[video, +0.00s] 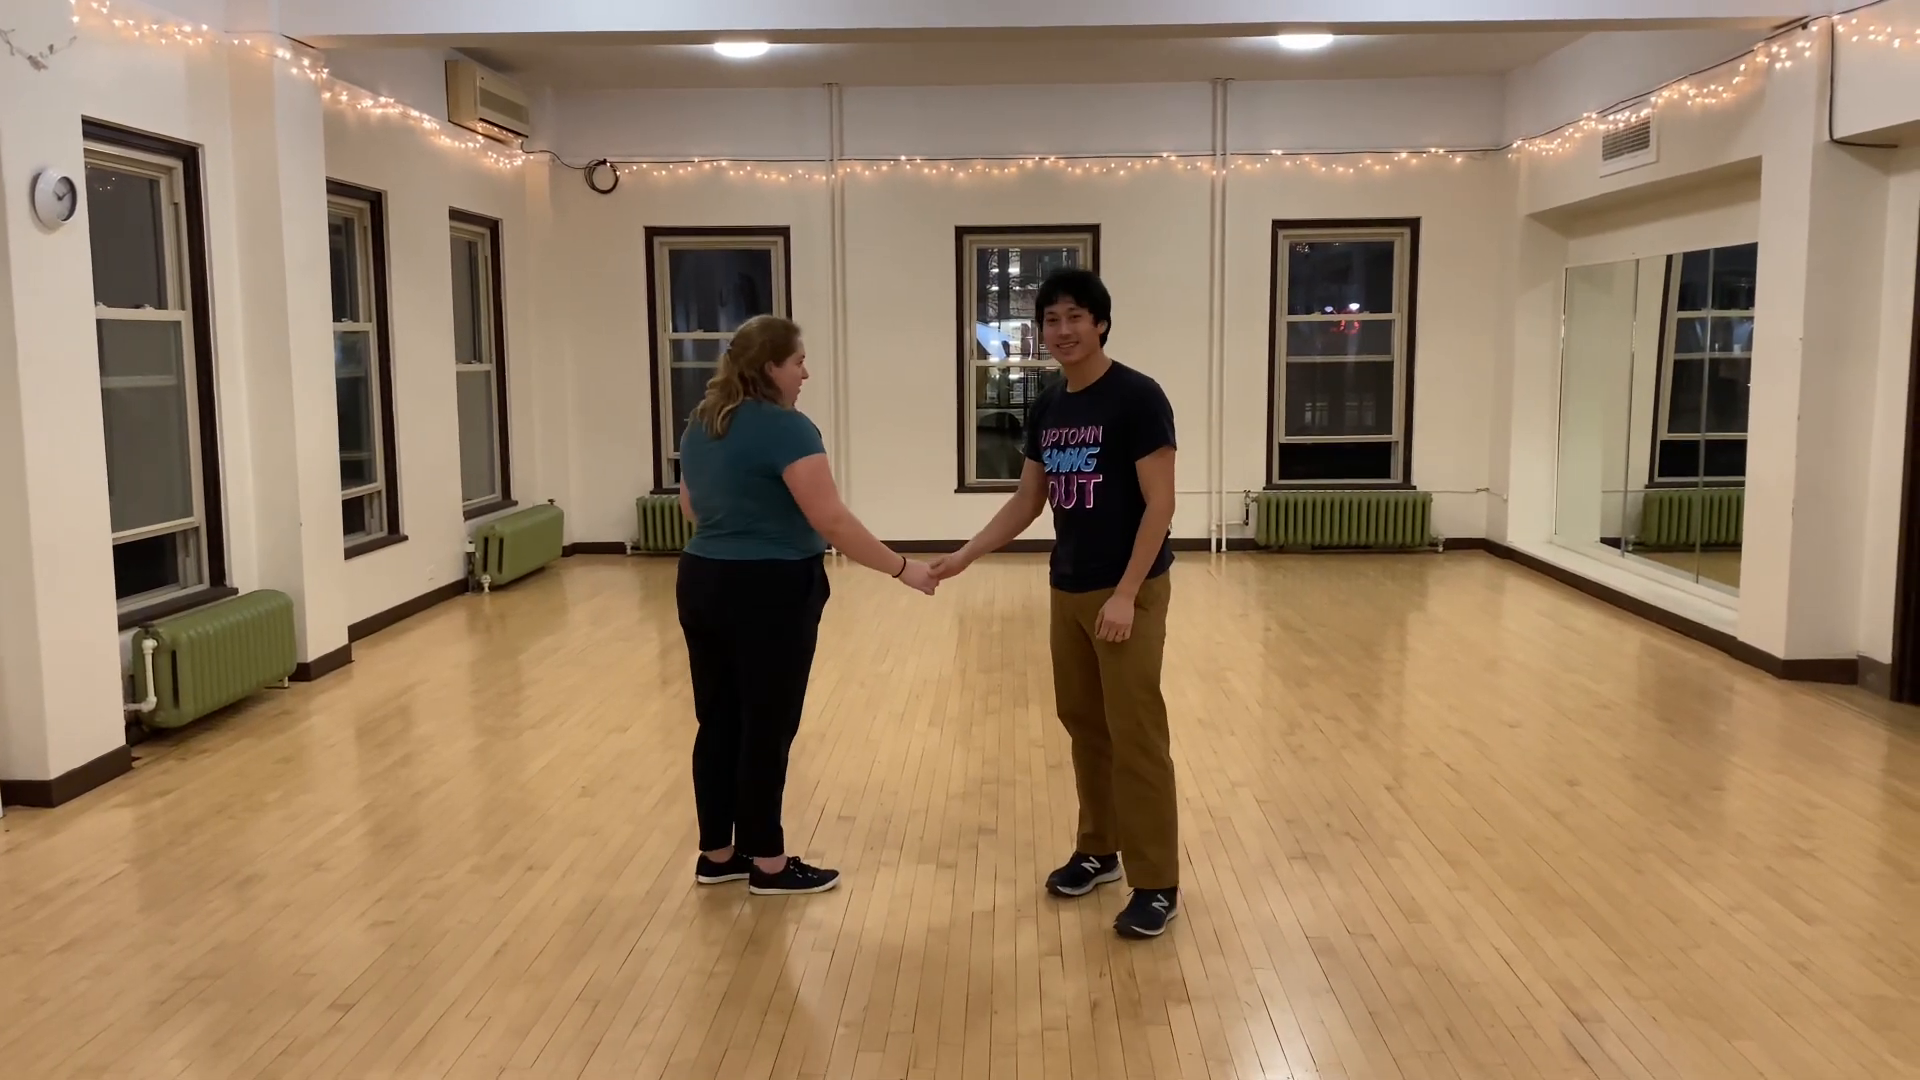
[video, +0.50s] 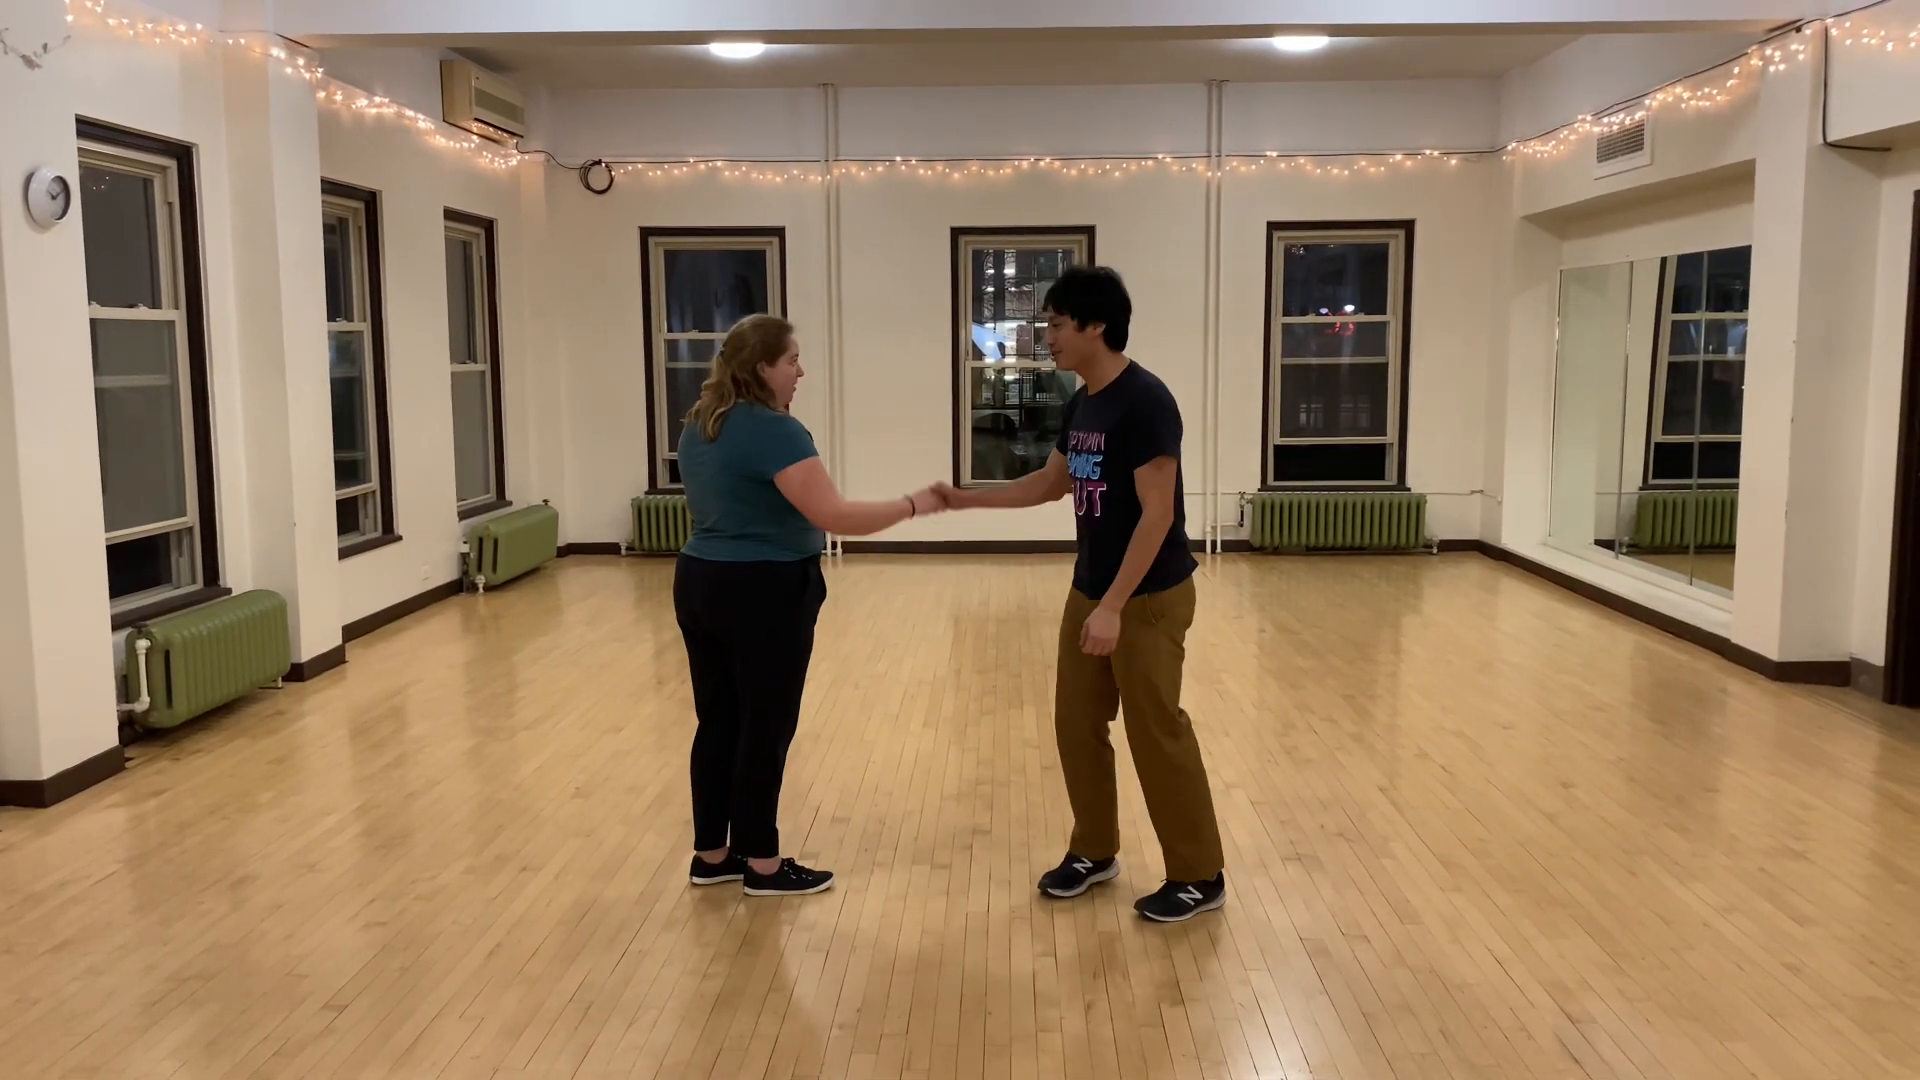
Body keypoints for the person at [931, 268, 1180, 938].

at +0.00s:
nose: (1063, 330)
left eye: (1075, 317)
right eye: (1052, 320)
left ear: (1102, 323)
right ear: (1042, 330)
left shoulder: (1139, 399)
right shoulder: (1047, 406)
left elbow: (1160, 506)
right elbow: (1027, 500)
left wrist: (1126, 593)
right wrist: (961, 557)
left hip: (1130, 594)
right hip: (1070, 593)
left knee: (1135, 738)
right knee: (1085, 727)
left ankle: (1156, 885)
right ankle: (1099, 849)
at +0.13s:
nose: (1053, 330)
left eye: (1066, 318)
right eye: (1047, 320)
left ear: (1101, 324)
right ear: (1043, 331)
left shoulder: (1145, 401)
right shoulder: (1050, 408)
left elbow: (1165, 508)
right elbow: (1026, 500)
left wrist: (1126, 594)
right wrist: (958, 555)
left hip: (1132, 592)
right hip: (1070, 591)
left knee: (1132, 732)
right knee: (1084, 726)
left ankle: (1173, 879)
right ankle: (1098, 853)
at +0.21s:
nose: (1054, 332)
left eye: (1066, 319)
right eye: (1048, 321)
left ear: (1102, 325)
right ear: (1047, 330)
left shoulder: (1149, 403)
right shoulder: (1058, 409)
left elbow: (1165, 511)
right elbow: (1027, 500)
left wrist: (1126, 598)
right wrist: (957, 552)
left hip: (1134, 591)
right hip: (1073, 589)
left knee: (1129, 727)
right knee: (1080, 723)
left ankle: (1190, 869)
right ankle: (1096, 854)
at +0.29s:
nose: (1055, 333)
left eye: (1067, 321)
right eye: (1052, 322)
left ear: (1105, 325)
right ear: (1058, 330)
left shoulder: (1151, 402)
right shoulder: (1065, 409)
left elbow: (1165, 512)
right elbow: (1033, 498)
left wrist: (1127, 602)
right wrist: (960, 545)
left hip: (1137, 594)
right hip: (1076, 591)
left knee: (1135, 729)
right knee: (1081, 725)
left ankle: (1198, 873)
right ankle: (1094, 854)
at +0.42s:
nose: (1051, 335)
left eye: (1061, 323)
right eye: (1051, 324)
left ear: (1100, 327)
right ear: (1082, 329)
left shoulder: (1150, 403)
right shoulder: (1078, 406)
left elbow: (1163, 513)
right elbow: (1045, 491)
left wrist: (1122, 604)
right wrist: (964, 521)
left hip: (1147, 593)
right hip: (1086, 589)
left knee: (1149, 729)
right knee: (1081, 725)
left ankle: (1200, 876)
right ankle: (1095, 853)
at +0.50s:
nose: (1048, 338)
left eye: (1058, 326)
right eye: (1049, 326)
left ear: (1096, 330)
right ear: (1083, 332)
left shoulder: (1147, 402)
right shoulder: (1083, 405)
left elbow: (1160, 514)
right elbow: (1048, 484)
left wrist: (1111, 604)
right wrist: (964, 497)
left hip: (1151, 596)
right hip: (1091, 592)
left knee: (1157, 732)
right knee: (1078, 727)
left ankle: (1199, 877)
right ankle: (1094, 853)